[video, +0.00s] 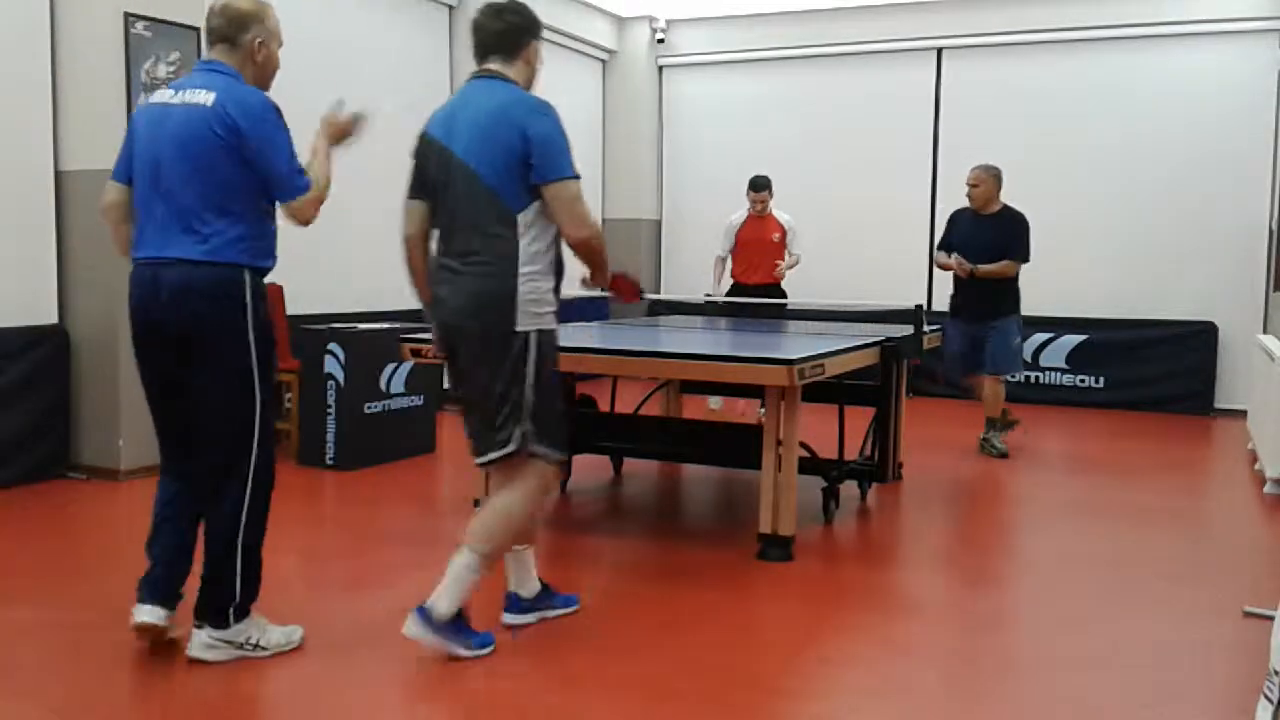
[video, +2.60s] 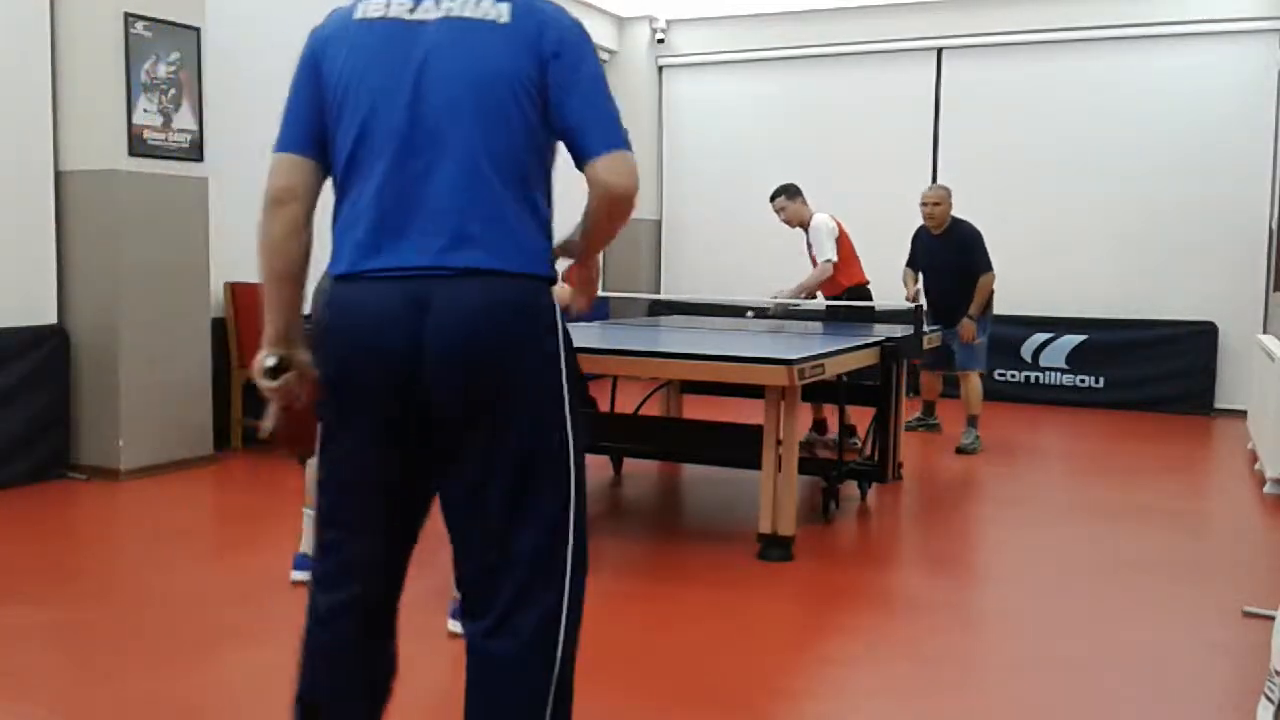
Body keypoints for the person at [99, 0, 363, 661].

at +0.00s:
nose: (277, 64)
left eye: (278, 52)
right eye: (277, 52)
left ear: (213, 44)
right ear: (258, 47)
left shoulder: (154, 103)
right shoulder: (252, 108)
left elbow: (115, 203)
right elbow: (303, 207)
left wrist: (148, 266)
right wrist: (325, 142)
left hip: (154, 291)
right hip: (225, 293)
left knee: (183, 453)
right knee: (243, 456)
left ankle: (156, 597)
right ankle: (224, 621)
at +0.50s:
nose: (233, 45)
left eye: (226, 33)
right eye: (232, 35)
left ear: (162, 29)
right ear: (222, 35)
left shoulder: (91, 95)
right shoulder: (231, 86)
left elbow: (46, 208)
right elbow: (285, 186)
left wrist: (42, 320)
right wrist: (242, 123)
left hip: (110, 303)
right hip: (207, 301)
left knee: (116, 492)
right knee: (232, 479)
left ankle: (129, 694)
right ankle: (235, 644)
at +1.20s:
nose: (325, 13)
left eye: (323, 5)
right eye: (323, 5)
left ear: (245, 5)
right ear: (304, 4)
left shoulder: (168, 76)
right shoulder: (325, 60)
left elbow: (130, 211)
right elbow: (386, 164)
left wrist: (140, 334)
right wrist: (340, 169)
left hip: (196, 310)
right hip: (303, 309)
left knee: (176, 522)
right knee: (309, 533)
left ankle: (138, 697)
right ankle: (294, 707)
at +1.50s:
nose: (362, 11)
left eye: (361, 5)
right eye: (362, 4)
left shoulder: (196, 54)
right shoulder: (358, 41)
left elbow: (158, 193)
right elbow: (387, 141)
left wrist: (202, 291)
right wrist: (386, 287)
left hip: (215, 305)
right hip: (323, 302)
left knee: (221, 541)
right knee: (330, 538)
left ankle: (224, 708)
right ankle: (301, 709)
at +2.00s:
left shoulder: (182, 56)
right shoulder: (358, 18)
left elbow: (136, 209)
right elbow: (400, 97)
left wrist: (118, 347)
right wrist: (381, 250)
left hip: (221, 313)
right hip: (350, 300)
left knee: (230, 558)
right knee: (380, 549)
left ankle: (230, 710)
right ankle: (381, 706)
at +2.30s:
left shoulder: (246, 46)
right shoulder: (444, 29)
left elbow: (184, 203)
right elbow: (518, 120)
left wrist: (162, 357)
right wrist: (483, 272)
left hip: (293, 341)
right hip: (426, 332)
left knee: (266, 598)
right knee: (464, 601)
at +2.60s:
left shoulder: (337, 33)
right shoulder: (542, 22)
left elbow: (286, 196)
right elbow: (617, 181)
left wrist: (280, 336)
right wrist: (582, 251)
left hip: (363, 323)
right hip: (502, 323)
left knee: (351, 584)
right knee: (520, 592)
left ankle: (331, 713)